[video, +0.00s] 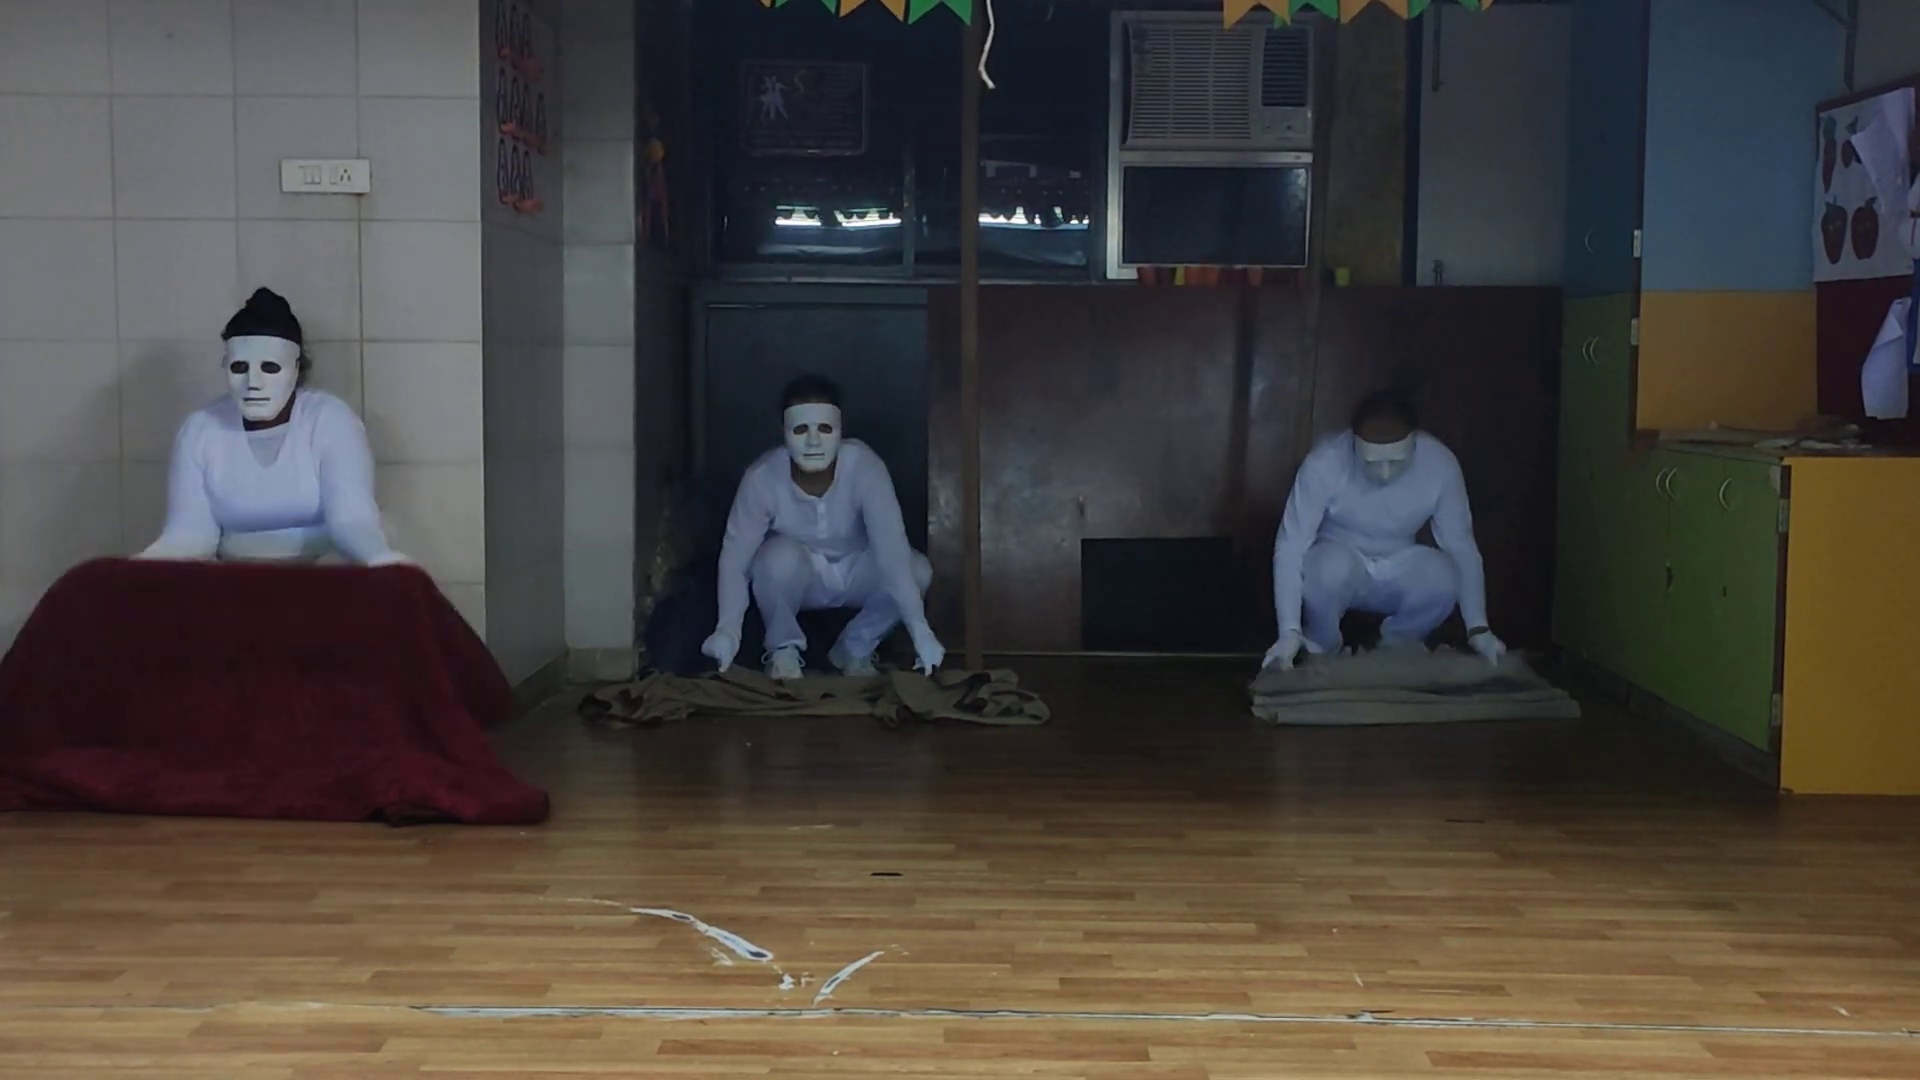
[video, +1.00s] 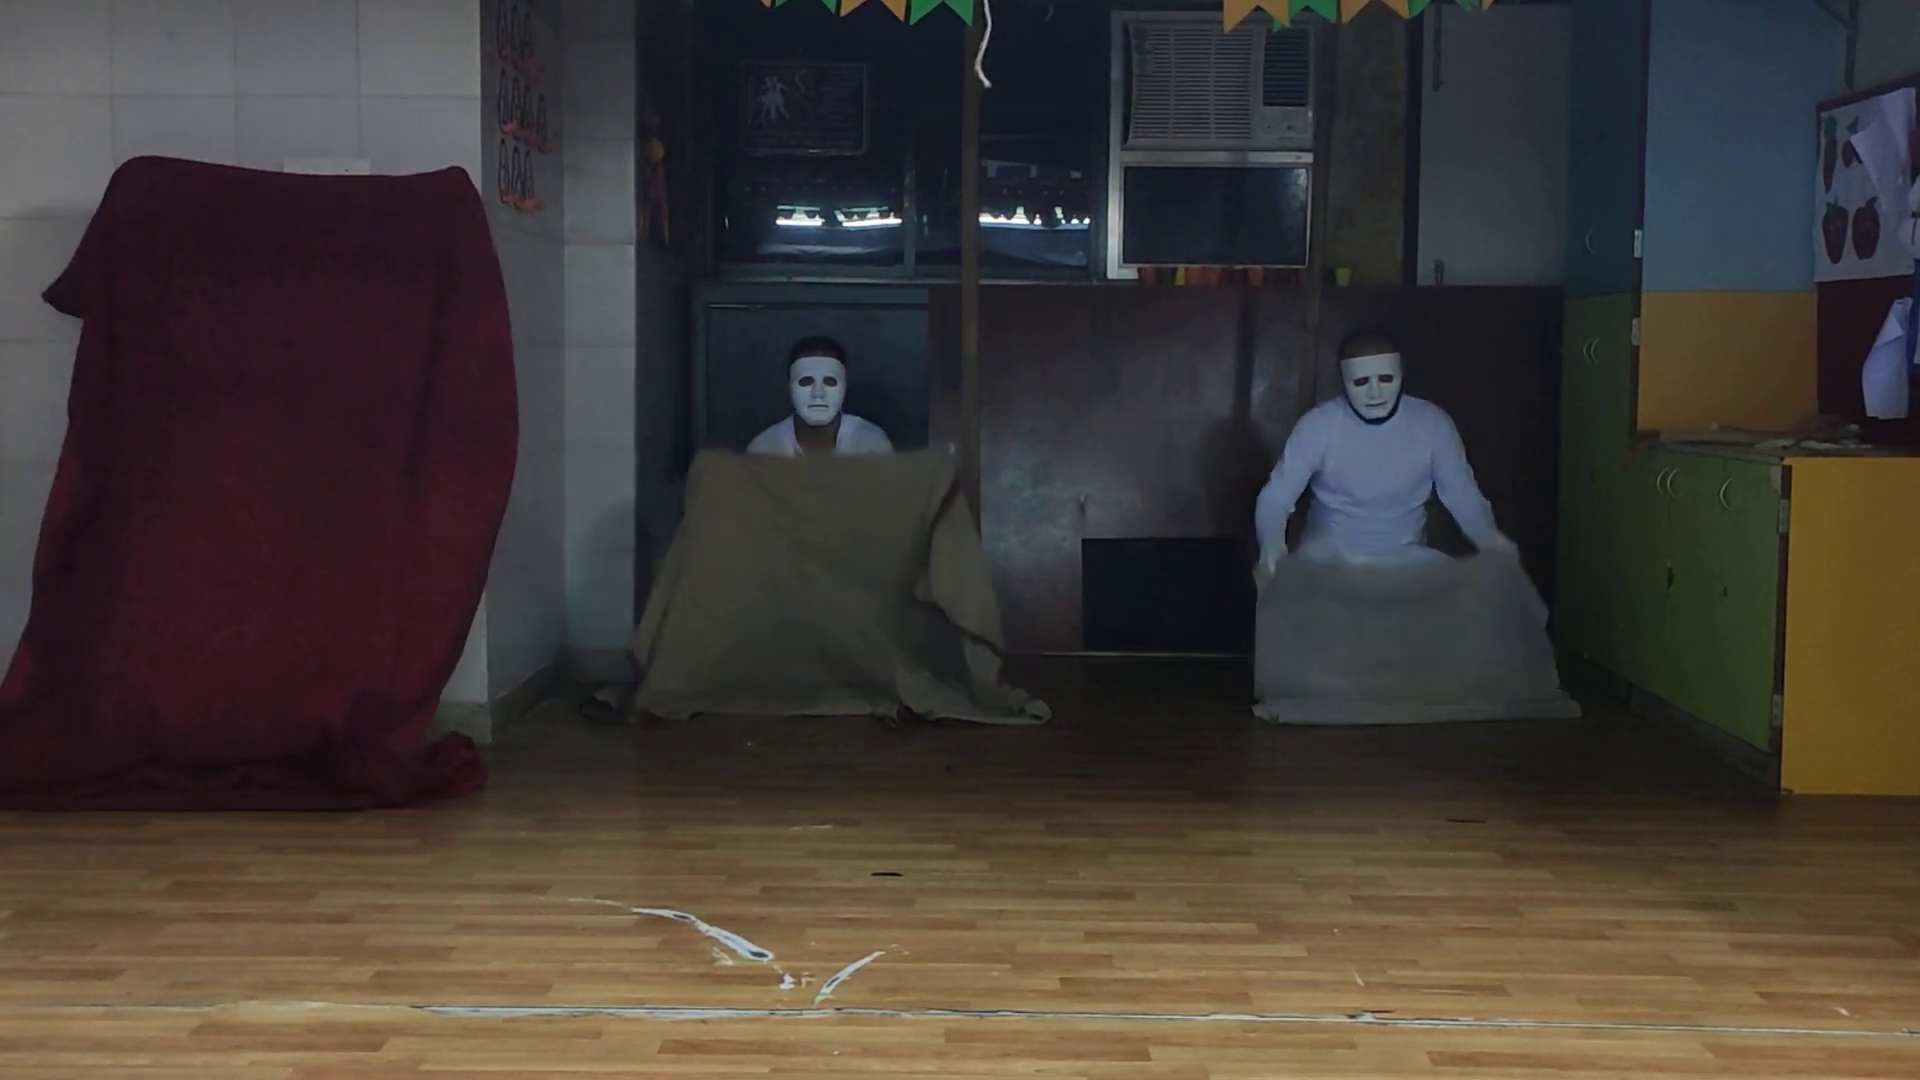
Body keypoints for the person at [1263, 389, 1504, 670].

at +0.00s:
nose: (1384, 472)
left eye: (1395, 461)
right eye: (1373, 462)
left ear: (1412, 444)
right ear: (1355, 445)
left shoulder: (1439, 466)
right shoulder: (1325, 464)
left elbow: (1462, 547)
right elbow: (1289, 547)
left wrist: (1478, 630)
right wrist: (1288, 632)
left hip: (1402, 570)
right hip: (1341, 566)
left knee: (1441, 578)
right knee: (1327, 568)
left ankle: (1398, 647)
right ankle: (1322, 649)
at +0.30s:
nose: (1378, 440)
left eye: (1389, 427)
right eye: (1365, 429)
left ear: (1405, 416)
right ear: (1347, 420)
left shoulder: (1435, 454)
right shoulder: (1321, 454)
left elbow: (1460, 534)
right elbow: (1282, 535)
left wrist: (1484, 610)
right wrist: (1279, 617)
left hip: (1404, 571)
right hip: (1338, 570)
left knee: (1449, 582)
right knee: (1315, 574)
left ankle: (1401, 658)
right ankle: (1317, 658)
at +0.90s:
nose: (1373, 402)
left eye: (1385, 389)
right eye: (1360, 391)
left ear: (1401, 384)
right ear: (1344, 389)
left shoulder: (1432, 435)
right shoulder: (1317, 435)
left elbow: (1466, 515)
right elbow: (1276, 512)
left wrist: (1489, 586)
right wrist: (1264, 587)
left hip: (1402, 570)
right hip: (1332, 568)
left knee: (1447, 585)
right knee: (1301, 569)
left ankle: (1407, 676)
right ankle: (1303, 669)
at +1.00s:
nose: (1374, 393)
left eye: (1386, 379)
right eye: (1361, 382)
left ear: (1401, 377)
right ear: (1344, 382)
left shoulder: (1432, 425)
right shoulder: (1320, 428)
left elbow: (1463, 496)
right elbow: (1275, 500)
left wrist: (1496, 548)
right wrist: (1274, 553)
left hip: (1408, 557)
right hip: (1331, 557)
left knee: (1474, 592)